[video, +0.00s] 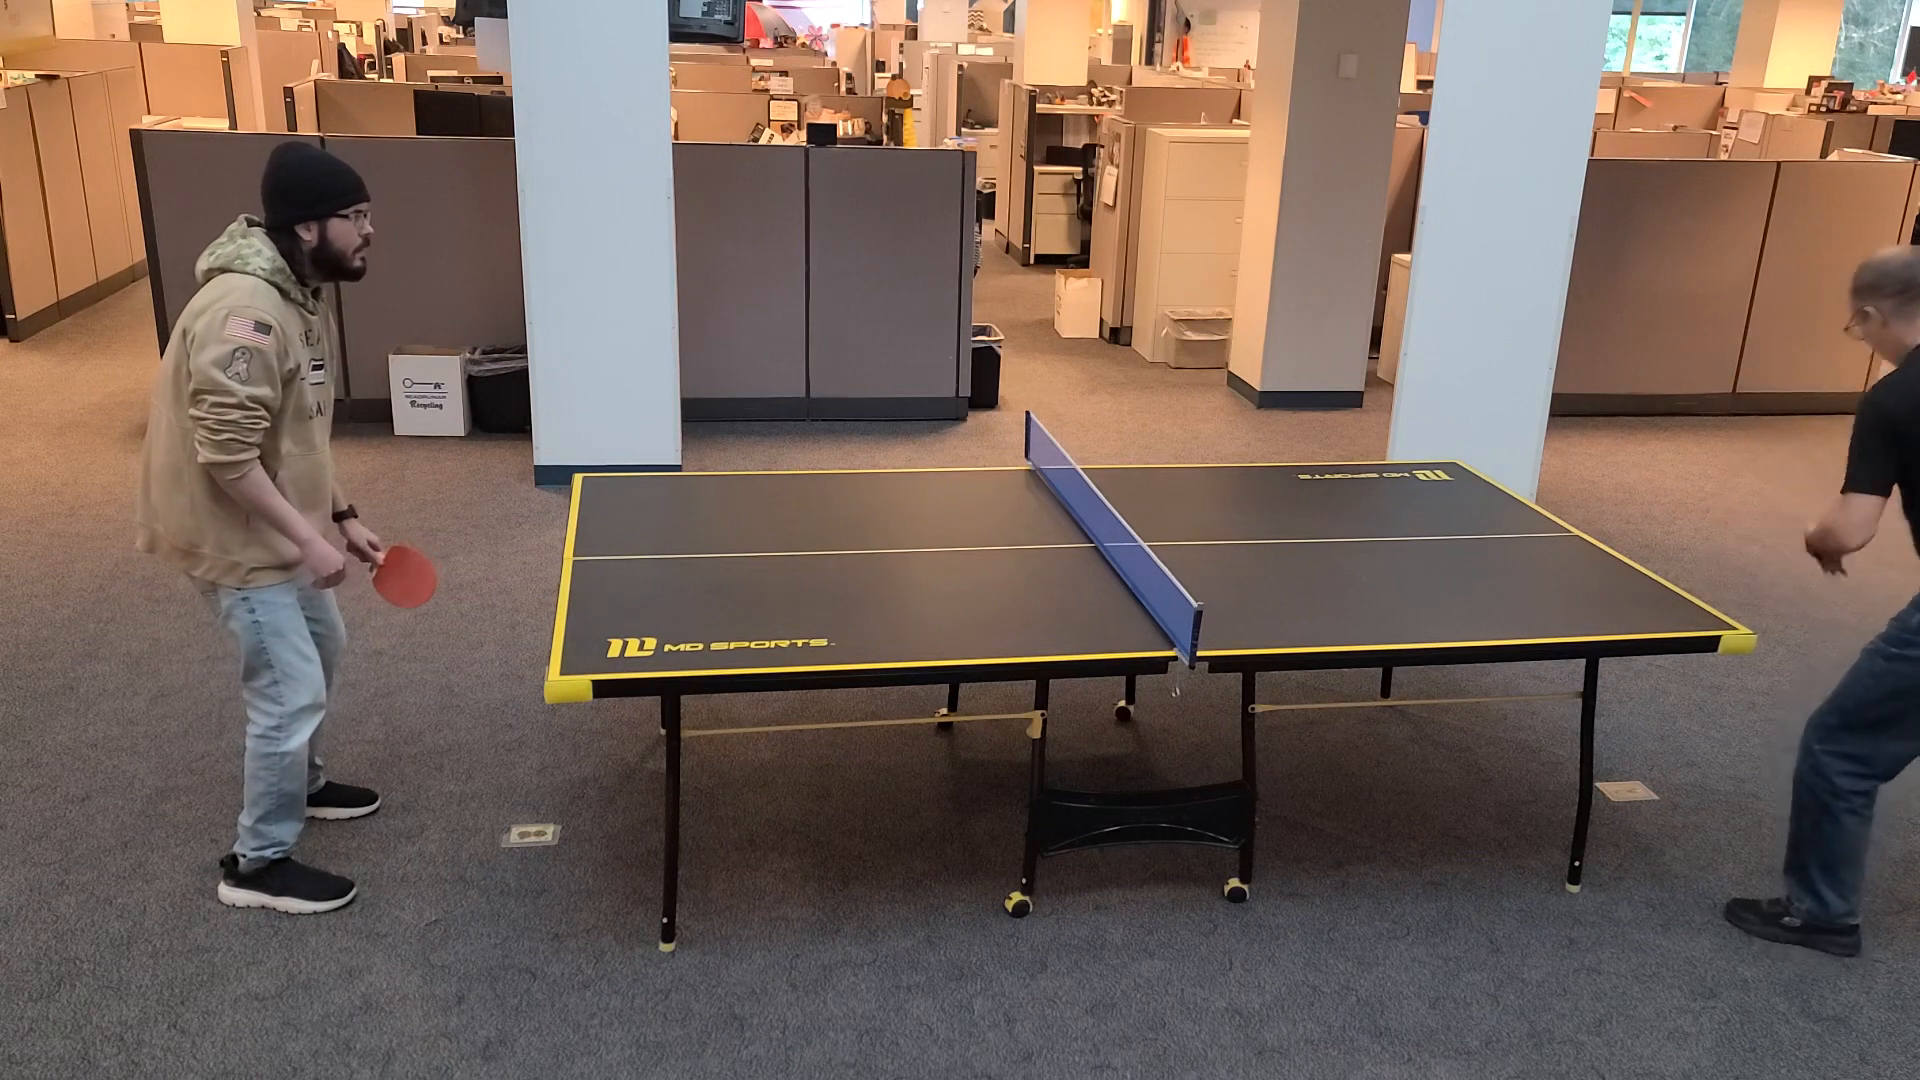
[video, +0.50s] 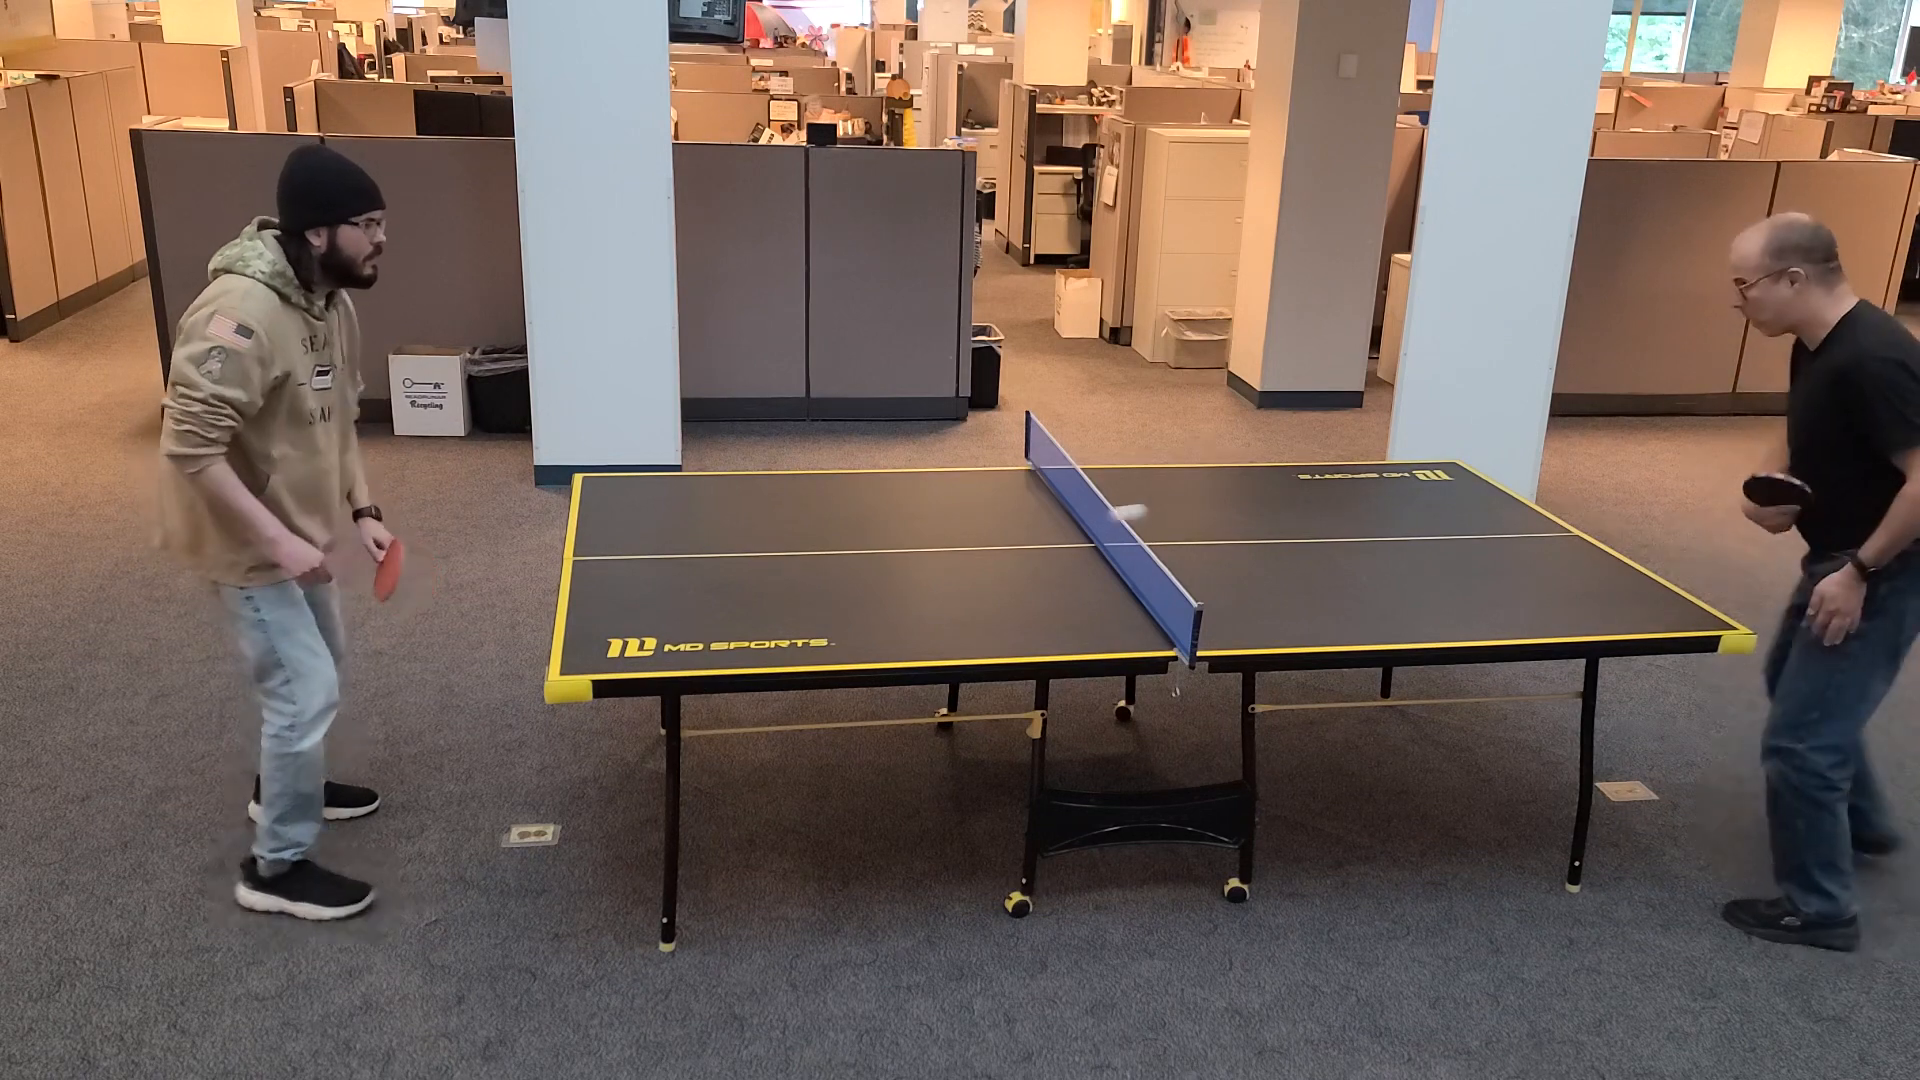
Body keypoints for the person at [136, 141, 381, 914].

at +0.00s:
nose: (368, 227)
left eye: (365, 212)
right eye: (354, 214)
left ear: (310, 226)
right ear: (305, 226)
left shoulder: (299, 291)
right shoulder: (244, 310)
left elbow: (297, 429)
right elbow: (227, 457)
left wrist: (341, 514)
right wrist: (305, 541)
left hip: (280, 520)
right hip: (229, 532)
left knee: (323, 648)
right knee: (291, 688)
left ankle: (296, 787)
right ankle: (258, 858)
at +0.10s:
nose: (369, 228)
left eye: (366, 212)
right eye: (355, 215)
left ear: (311, 227)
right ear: (305, 226)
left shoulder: (300, 292)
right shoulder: (245, 311)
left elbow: (298, 430)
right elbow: (228, 458)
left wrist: (343, 515)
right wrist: (309, 540)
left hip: (283, 523)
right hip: (232, 533)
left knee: (323, 651)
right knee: (291, 690)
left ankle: (295, 787)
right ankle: (258, 859)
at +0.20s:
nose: (371, 228)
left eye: (368, 212)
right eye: (357, 215)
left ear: (312, 228)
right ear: (307, 227)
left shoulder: (302, 293)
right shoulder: (246, 311)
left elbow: (302, 430)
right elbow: (229, 458)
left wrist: (346, 514)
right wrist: (310, 538)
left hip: (285, 524)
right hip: (234, 535)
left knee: (326, 650)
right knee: (291, 692)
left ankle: (298, 787)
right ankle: (258, 859)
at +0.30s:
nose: (373, 232)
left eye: (371, 216)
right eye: (359, 218)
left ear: (315, 229)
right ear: (309, 229)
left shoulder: (306, 292)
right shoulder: (246, 311)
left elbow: (306, 430)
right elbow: (227, 458)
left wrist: (349, 515)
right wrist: (310, 540)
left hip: (291, 524)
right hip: (239, 535)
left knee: (326, 650)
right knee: (293, 693)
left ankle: (297, 786)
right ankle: (258, 859)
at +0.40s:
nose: (376, 232)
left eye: (374, 216)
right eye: (362, 218)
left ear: (319, 230)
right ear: (311, 229)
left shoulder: (312, 293)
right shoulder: (245, 312)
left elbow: (312, 426)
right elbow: (216, 453)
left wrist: (353, 512)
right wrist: (299, 536)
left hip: (292, 524)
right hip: (240, 536)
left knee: (324, 650)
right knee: (301, 688)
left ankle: (297, 787)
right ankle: (258, 858)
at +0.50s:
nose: (382, 238)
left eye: (380, 222)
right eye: (368, 224)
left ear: (327, 233)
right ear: (317, 233)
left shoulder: (331, 301)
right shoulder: (241, 317)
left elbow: (339, 423)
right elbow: (191, 450)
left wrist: (362, 510)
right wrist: (279, 541)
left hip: (303, 531)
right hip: (244, 543)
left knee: (318, 671)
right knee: (305, 690)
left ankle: (287, 790)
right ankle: (276, 864)